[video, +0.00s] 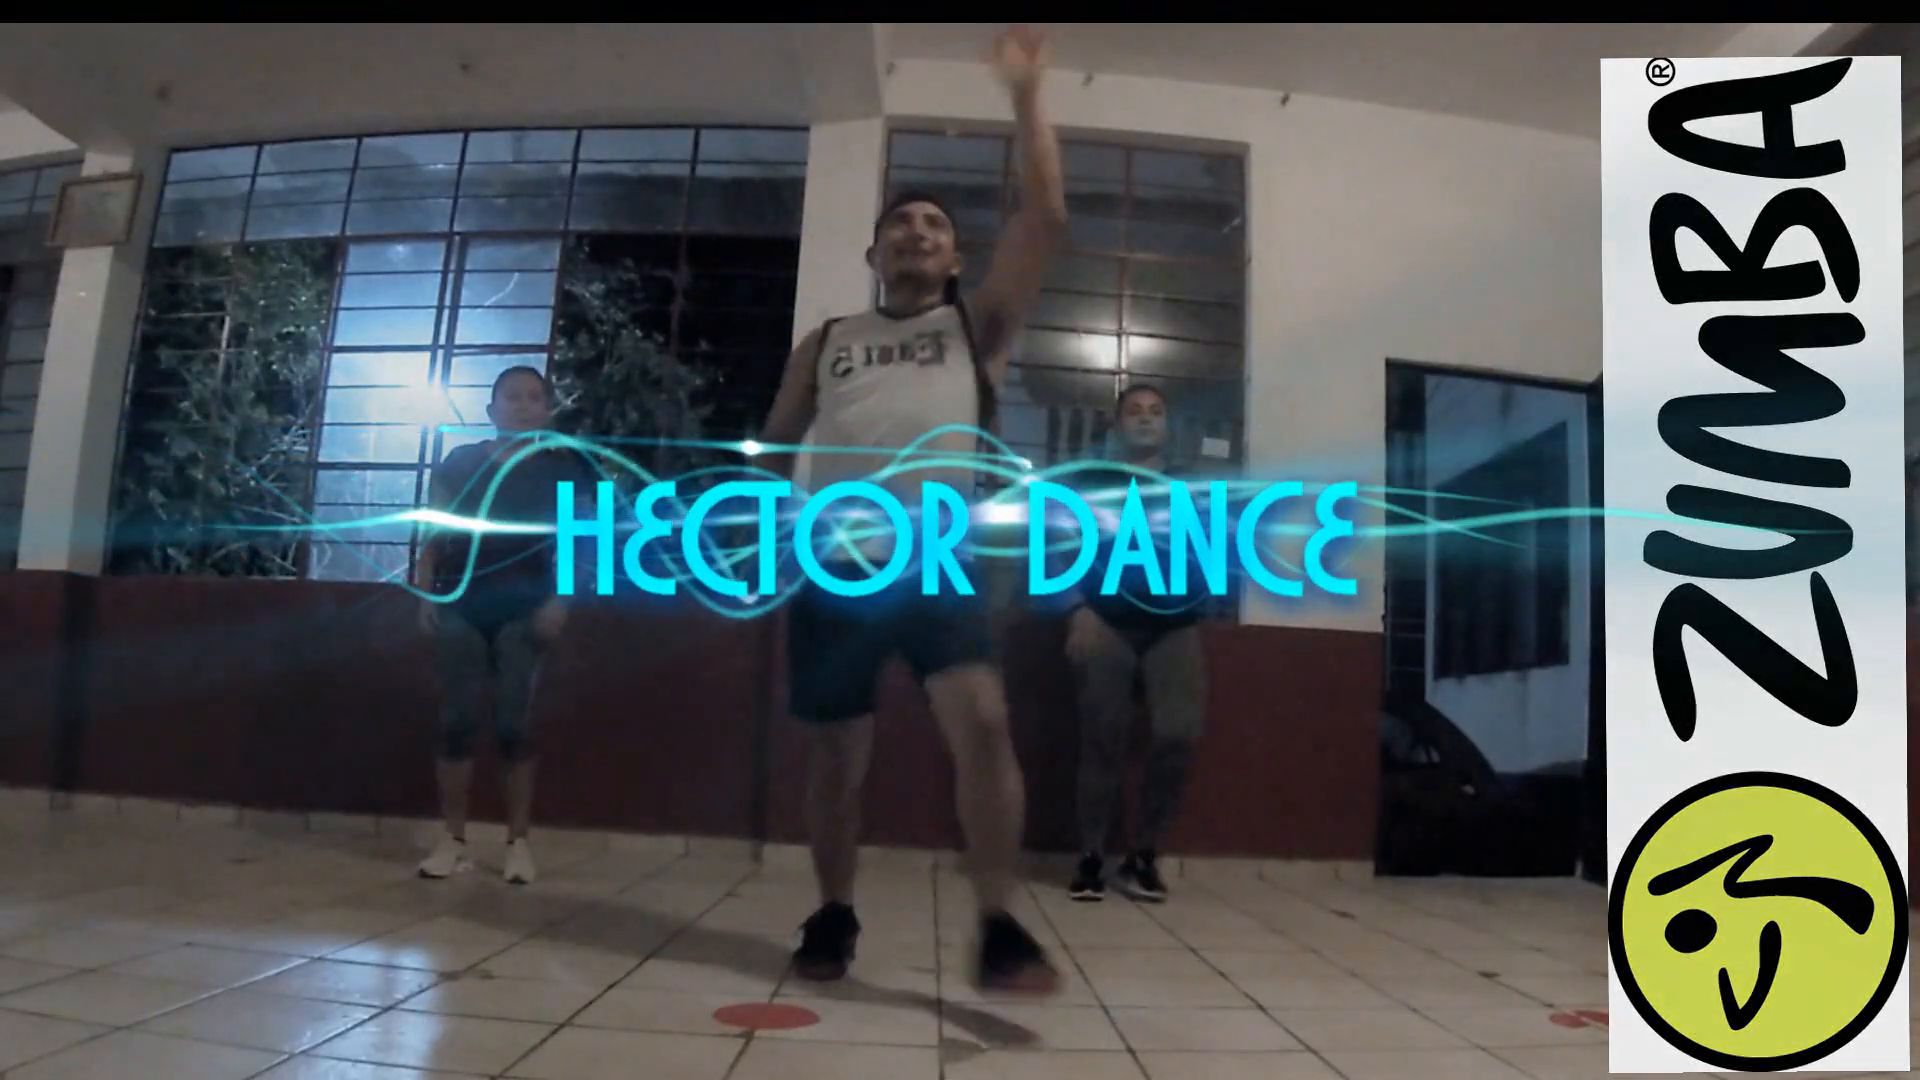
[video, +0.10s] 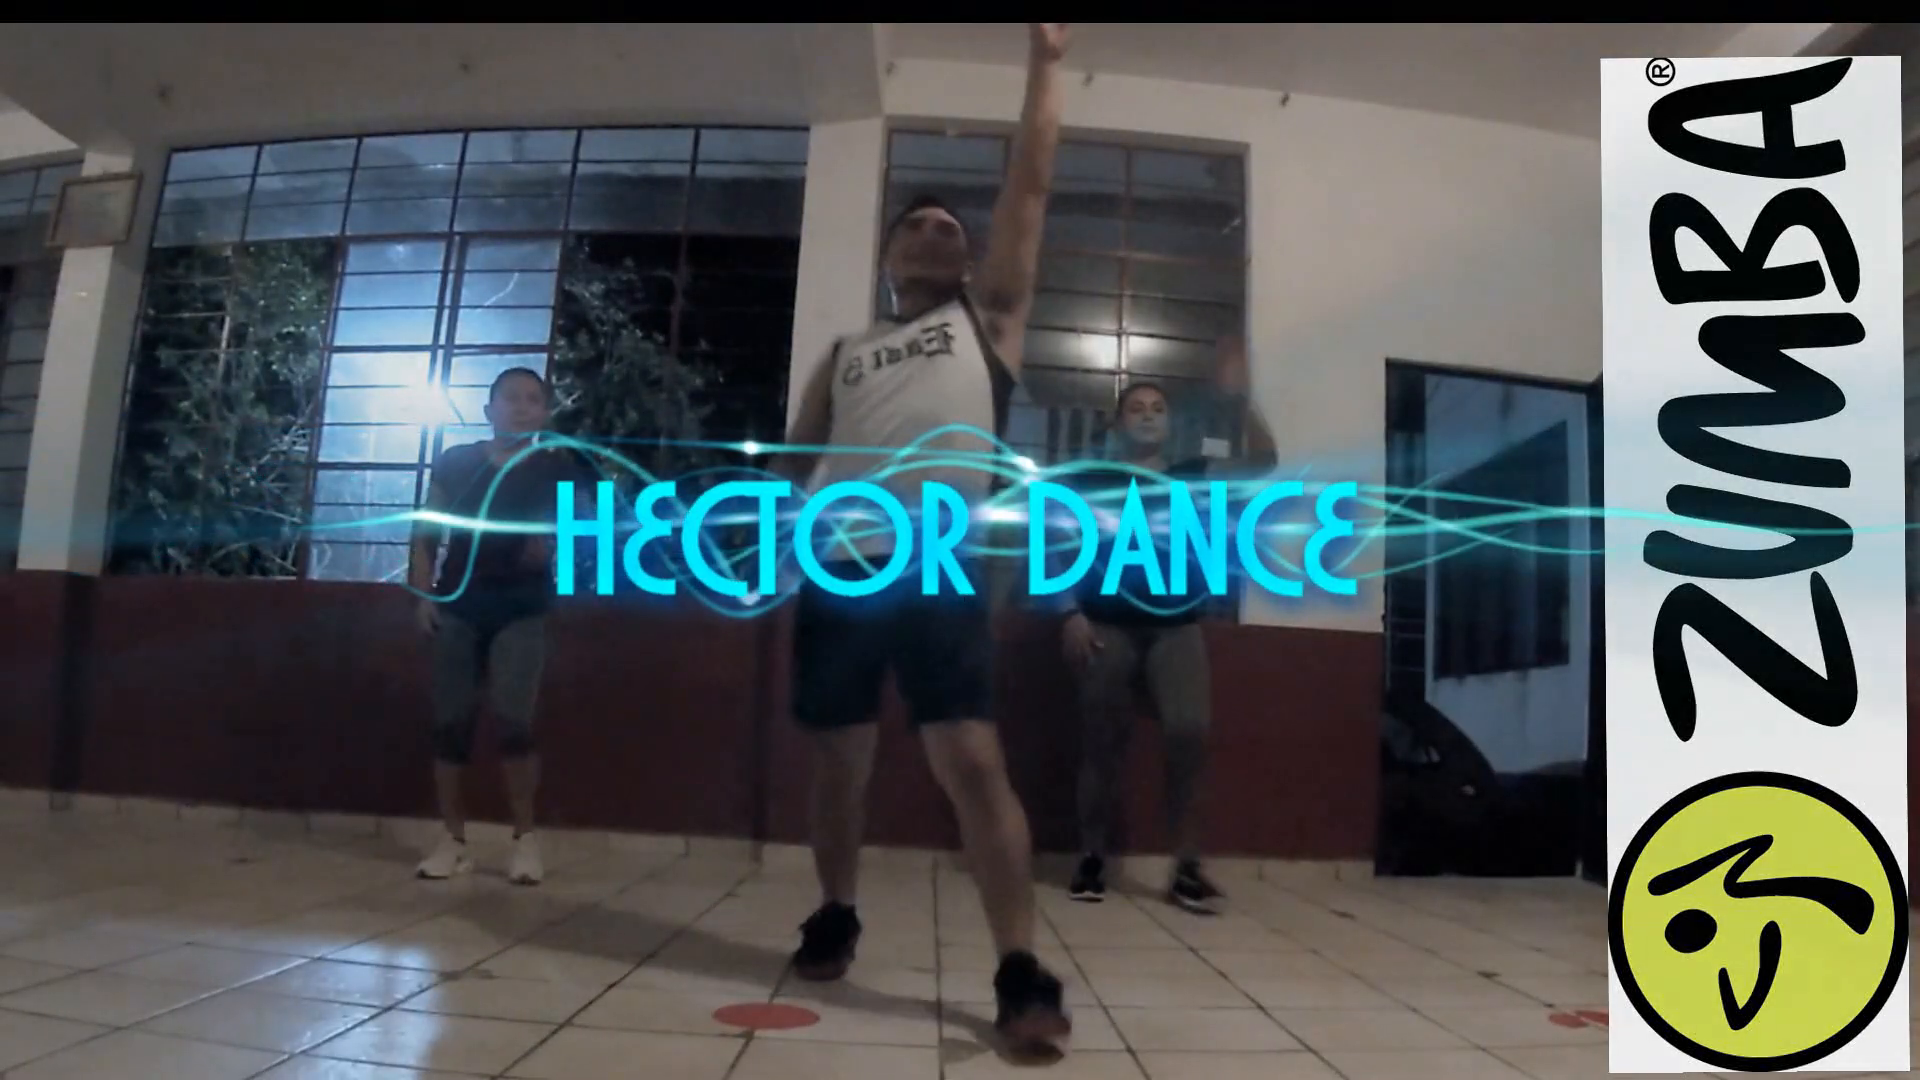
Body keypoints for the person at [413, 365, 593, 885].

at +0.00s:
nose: (524, 407)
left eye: (533, 399)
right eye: (513, 398)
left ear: (549, 408)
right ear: (493, 406)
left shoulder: (565, 466)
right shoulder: (461, 462)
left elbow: (578, 538)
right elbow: (431, 533)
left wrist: (562, 600)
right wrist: (427, 595)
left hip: (525, 613)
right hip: (459, 609)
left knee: (517, 728)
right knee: (456, 724)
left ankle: (518, 843)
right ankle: (452, 840)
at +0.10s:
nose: (523, 409)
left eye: (532, 401)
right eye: (513, 400)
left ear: (547, 411)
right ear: (491, 407)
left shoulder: (560, 468)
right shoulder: (456, 464)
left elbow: (587, 527)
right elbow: (425, 533)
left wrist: (555, 545)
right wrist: (423, 594)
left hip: (523, 609)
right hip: (457, 609)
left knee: (514, 723)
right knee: (449, 724)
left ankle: (525, 841)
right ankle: (452, 842)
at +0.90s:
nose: (493, 406)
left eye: (500, 397)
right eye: (482, 397)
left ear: (512, 407)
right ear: (459, 405)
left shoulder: (529, 466)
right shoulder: (436, 450)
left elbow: (578, 528)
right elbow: (384, 387)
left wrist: (557, 505)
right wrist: (404, 319)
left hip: (495, 609)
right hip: (429, 604)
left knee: (509, 723)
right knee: (396, 722)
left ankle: (540, 833)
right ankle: (379, 847)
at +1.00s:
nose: (488, 411)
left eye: (497, 402)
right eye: (479, 402)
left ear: (512, 412)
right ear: (461, 410)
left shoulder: (535, 468)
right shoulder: (443, 455)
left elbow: (570, 535)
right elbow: (386, 400)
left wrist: (559, 591)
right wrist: (408, 339)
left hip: (500, 613)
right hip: (436, 606)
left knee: (508, 731)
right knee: (407, 723)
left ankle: (536, 835)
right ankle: (381, 846)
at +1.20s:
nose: (509, 420)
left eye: (518, 412)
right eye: (498, 413)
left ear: (534, 422)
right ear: (483, 425)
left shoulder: (557, 481)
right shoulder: (467, 470)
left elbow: (599, 547)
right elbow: (395, 459)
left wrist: (577, 615)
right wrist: (413, 412)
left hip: (525, 624)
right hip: (463, 618)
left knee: (524, 738)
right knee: (421, 719)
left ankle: (532, 841)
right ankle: (390, 841)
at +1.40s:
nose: (519, 414)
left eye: (531, 406)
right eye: (510, 405)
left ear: (547, 419)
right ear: (495, 415)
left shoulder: (563, 476)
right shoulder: (469, 468)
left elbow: (616, 536)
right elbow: (429, 509)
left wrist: (575, 580)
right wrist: (418, 532)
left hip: (528, 619)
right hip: (466, 614)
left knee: (527, 732)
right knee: (433, 719)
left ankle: (533, 840)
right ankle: (458, 828)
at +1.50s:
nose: (516, 421)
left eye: (529, 415)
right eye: (508, 412)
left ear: (542, 429)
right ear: (492, 421)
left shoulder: (552, 487)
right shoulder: (459, 479)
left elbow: (592, 554)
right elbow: (436, 540)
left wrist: (551, 566)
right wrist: (428, 570)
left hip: (525, 625)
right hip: (464, 620)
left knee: (525, 736)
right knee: (446, 732)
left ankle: (534, 838)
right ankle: (468, 839)